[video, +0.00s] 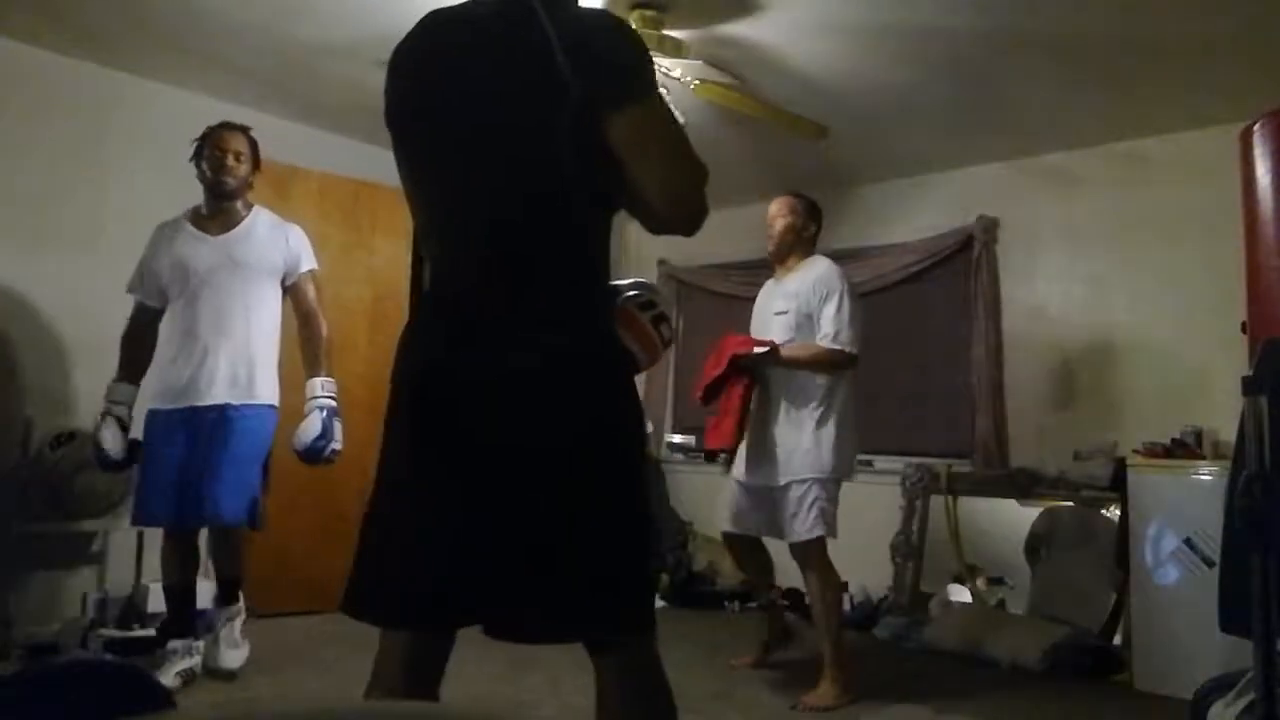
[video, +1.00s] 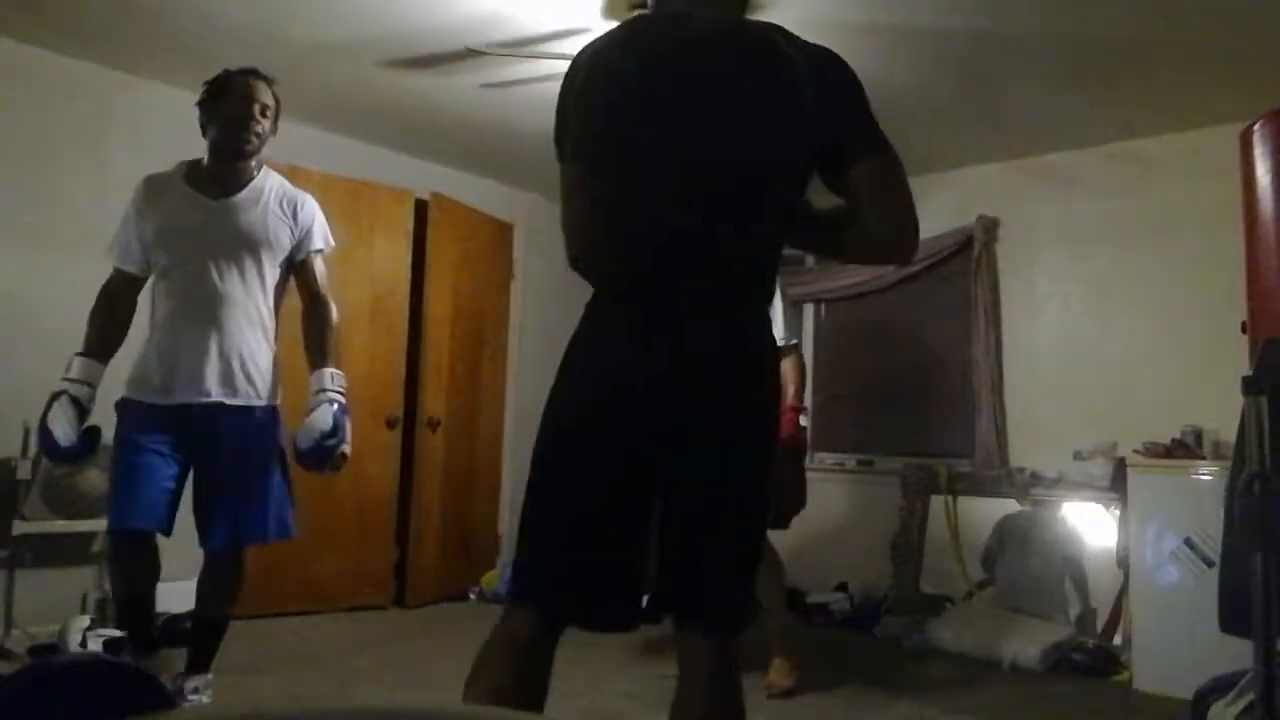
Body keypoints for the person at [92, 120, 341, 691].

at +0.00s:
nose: (225, 164)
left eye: (237, 157)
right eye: (215, 155)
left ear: (254, 172)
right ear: (198, 166)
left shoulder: (282, 238)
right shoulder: (170, 236)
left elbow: (311, 321)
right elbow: (142, 324)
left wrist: (322, 402)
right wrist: (117, 404)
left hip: (245, 401)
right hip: (173, 402)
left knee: (226, 518)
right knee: (177, 525)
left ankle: (229, 615)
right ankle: (181, 642)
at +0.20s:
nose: (226, 158)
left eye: (238, 152)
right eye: (216, 149)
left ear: (253, 167)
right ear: (193, 158)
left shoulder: (278, 234)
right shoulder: (158, 228)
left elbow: (301, 319)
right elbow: (129, 314)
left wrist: (312, 401)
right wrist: (117, 390)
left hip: (242, 400)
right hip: (168, 403)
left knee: (223, 527)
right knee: (175, 531)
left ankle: (213, 657)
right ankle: (180, 644)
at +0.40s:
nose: (244, 153)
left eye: (254, 146)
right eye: (231, 141)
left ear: (263, 162)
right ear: (199, 149)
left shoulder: (279, 234)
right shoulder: (154, 218)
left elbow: (293, 320)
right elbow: (121, 308)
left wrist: (295, 404)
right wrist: (114, 386)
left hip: (242, 406)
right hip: (166, 405)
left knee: (223, 540)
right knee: (173, 537)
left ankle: (203, 672)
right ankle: (181, 651)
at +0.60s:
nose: (259, 144)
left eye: (269, 139)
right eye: (248, 131)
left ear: (275, 153)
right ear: (213, 134)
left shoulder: (285, 223)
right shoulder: (155, 201)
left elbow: (302, 317)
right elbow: (114, 292)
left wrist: (311, 403)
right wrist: (94, 379)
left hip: (250, 401)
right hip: (171, 397)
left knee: (229, 542)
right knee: (175, 537)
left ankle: (200, 674)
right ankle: (194, 643)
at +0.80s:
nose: (261, 133)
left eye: (271, 126)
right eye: (248, 121)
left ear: (279, 141)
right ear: (212, 128)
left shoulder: (293, 216)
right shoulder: (156, 198)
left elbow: (316, 310)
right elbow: (115, 291)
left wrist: (328, 403)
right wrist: (71, 381)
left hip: (249, 404)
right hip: (164, 400)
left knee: (230, 547)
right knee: (146, 540)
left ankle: (197, 680)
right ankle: (197, 613)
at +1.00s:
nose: (253, 121)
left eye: (264, 113)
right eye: (240, 108)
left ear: (274, 130)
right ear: (205, 115)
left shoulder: (293, 207)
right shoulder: (156, 194)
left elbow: (318, 301)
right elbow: (120, 291)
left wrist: (327, 396)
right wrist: (78, 387)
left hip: (243, 407)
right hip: (155, 401)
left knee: (226, 547)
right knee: (129, 531)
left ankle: (197, 678)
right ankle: (137, 666)